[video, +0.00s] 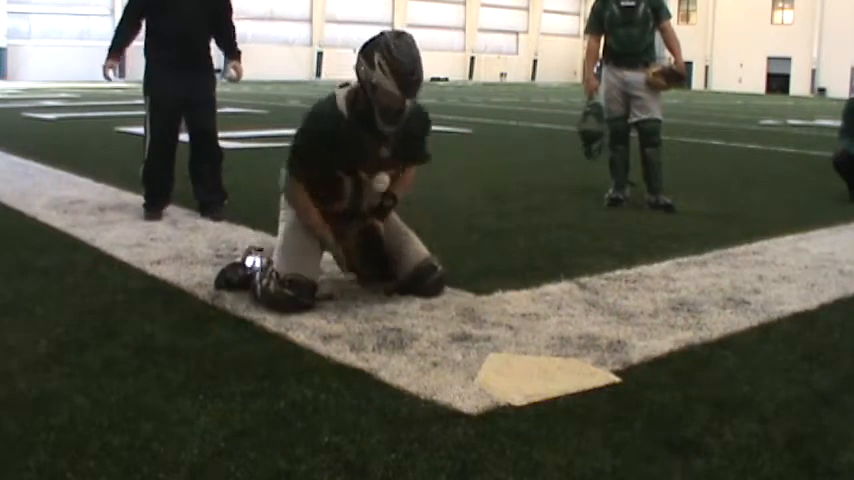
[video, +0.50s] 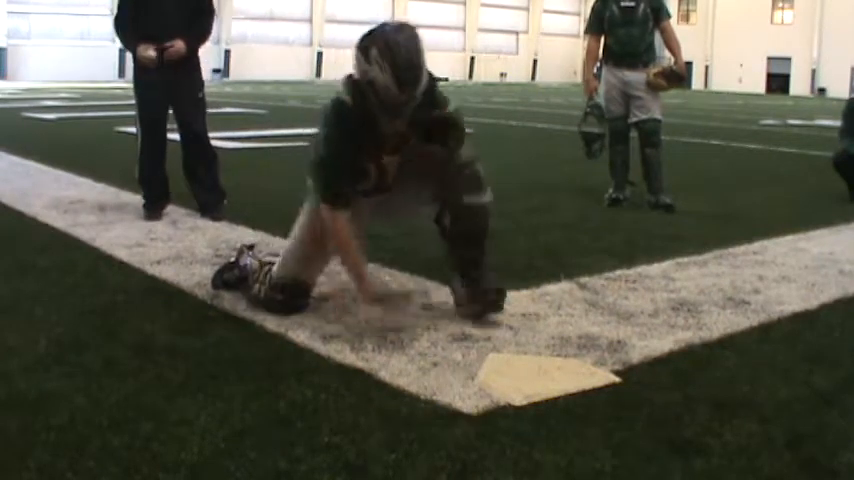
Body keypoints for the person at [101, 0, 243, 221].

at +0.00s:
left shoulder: (217, 3)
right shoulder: (146, 1)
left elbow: (222, 22)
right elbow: (132, 18)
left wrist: (233, 56)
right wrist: (115, 53)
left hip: (199, 71)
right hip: (162, 71)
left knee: (206, 140)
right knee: (160, 141)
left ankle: (211, 204)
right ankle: (154, 204)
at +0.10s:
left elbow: (221, 17)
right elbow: (133, 14)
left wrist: (226, 55)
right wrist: (121, 53)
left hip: (198, 66)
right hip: (160, 66)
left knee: (205, 138)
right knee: (160, 139)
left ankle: (211, 204)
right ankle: (154, 203)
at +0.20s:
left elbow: (218, 14)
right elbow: (132, 14)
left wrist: (216, 54)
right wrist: (128, 54)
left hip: (196, 63)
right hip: (158, 62)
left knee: (202, 137)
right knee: (158, 137)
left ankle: (211, 203)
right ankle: (154, 202)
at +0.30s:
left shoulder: (209, 5)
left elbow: (214, 19)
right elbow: (128, 17)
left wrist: (200, 49)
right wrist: (136, 51)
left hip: (192, 64)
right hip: (154, 64)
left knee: (200, 137)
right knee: (155, 138)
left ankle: (211, 203)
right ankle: (154, 202)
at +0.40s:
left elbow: (210, 18)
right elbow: (126, 20)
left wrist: (191, 45)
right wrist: (141, 48)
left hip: (188, 64)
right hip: (150, 65)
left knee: (198, 135)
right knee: (153, 137)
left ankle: (211, 203)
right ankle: (154, 201)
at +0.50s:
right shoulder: (130, 3)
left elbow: (206, 17)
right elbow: (122, 20)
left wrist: (188, 43)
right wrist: (136, 46)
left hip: (184, 63)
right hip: (147, 64)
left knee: (195, 134)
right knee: (151, 136)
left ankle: (211, 203)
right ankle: (154, 201)